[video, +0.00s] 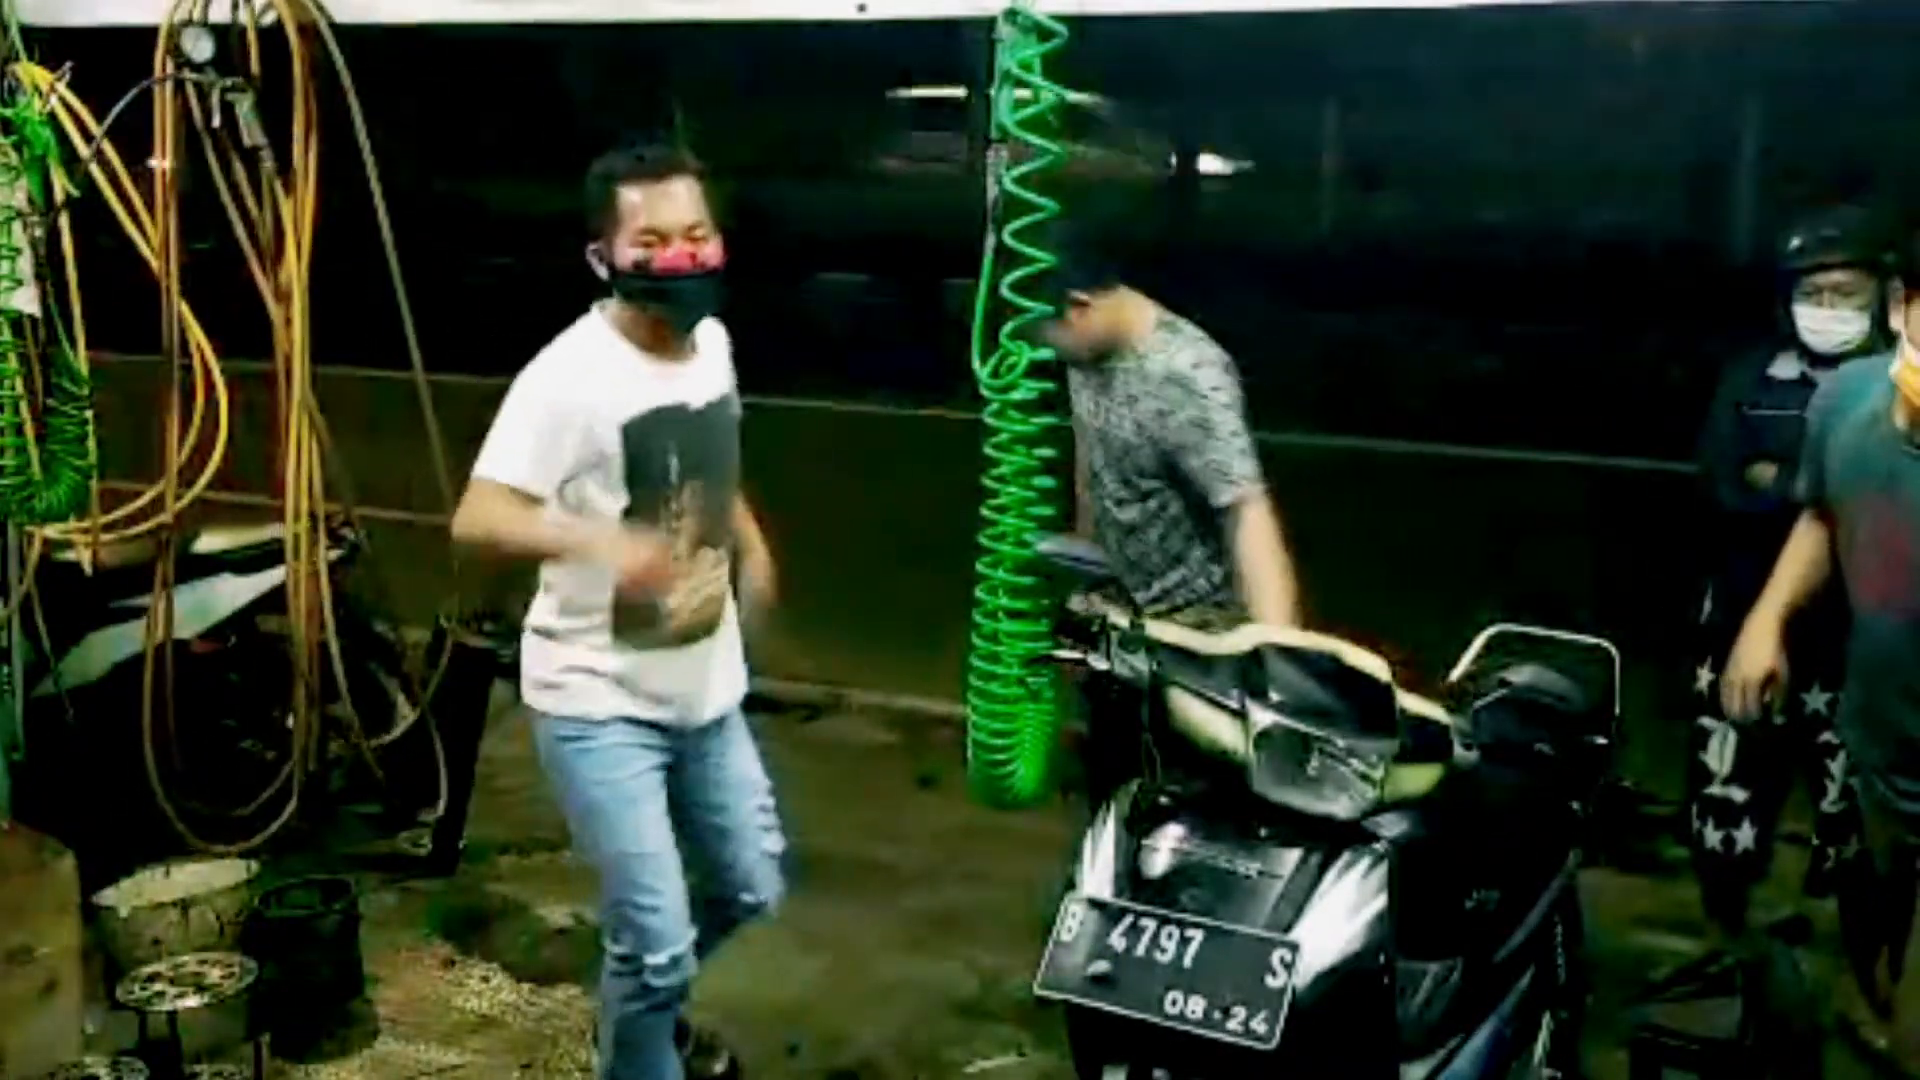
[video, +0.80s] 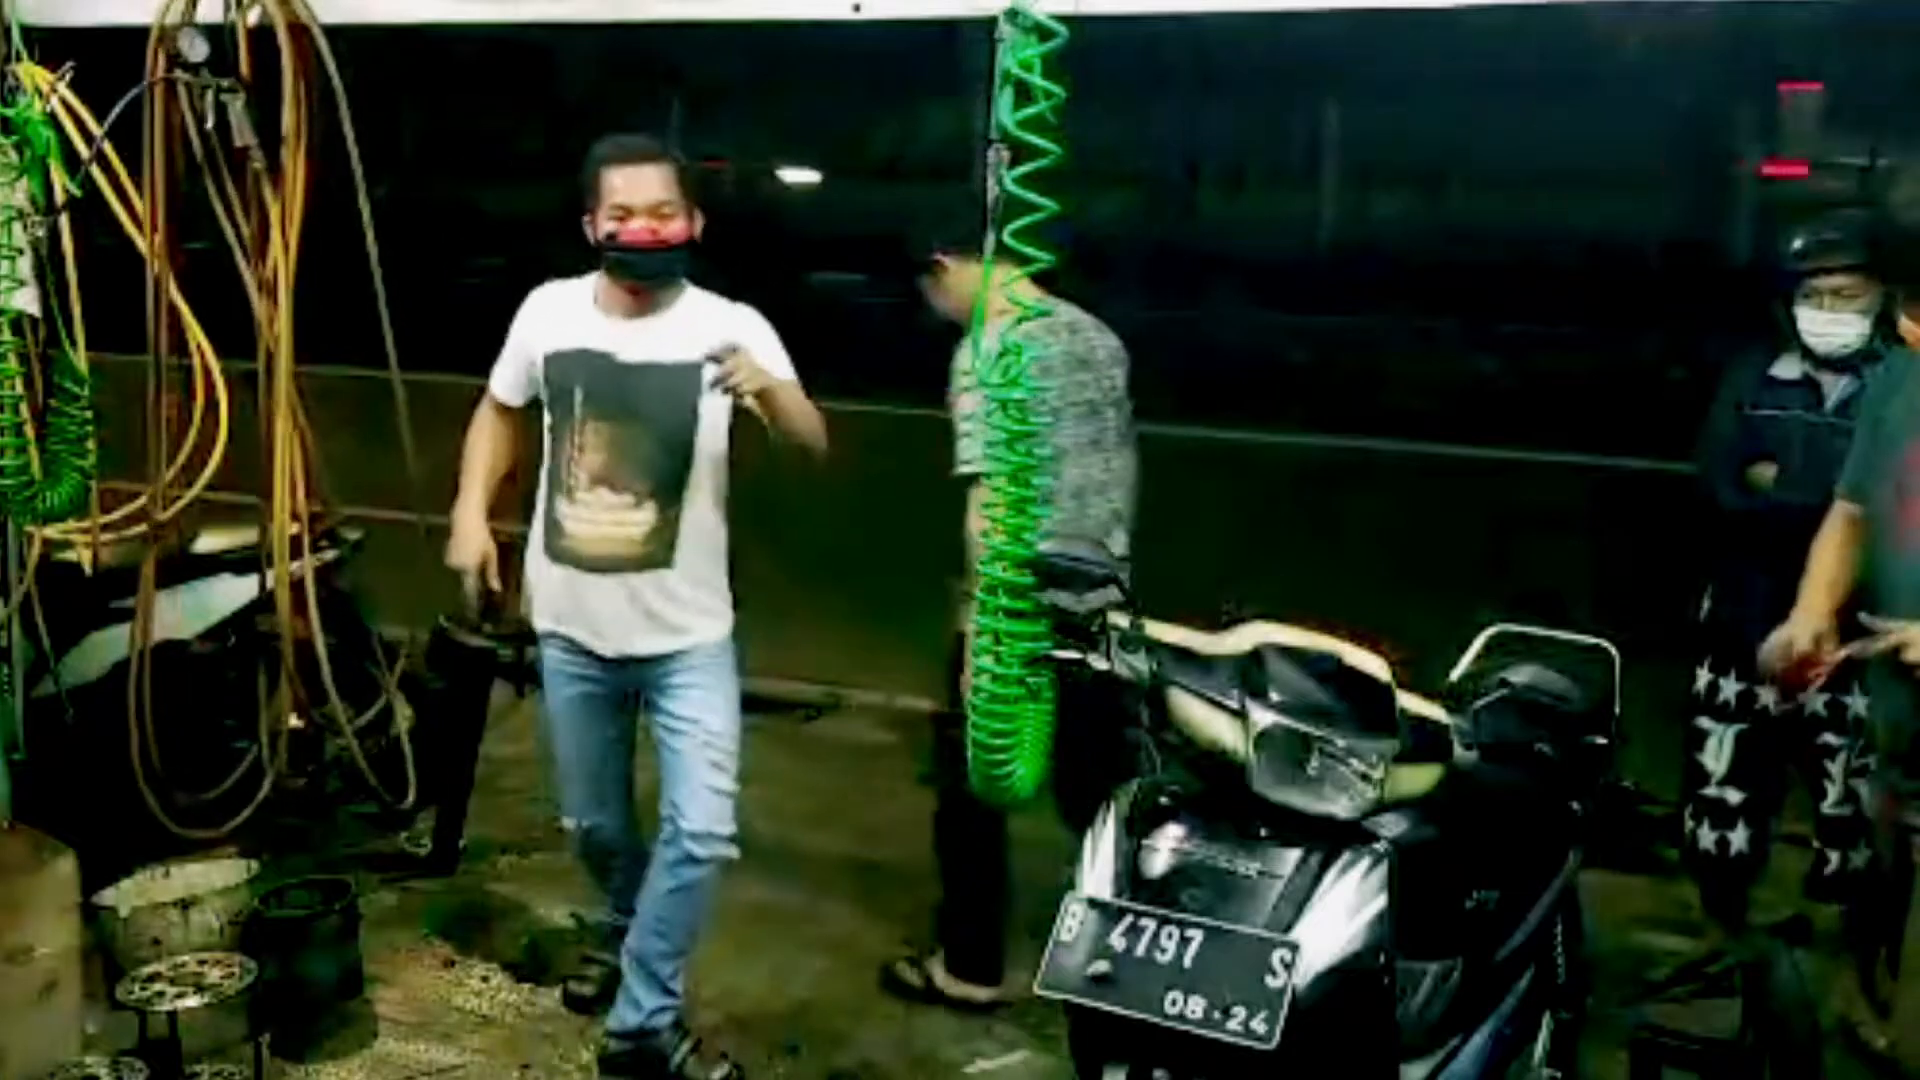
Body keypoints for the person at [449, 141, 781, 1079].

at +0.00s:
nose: (680, 259)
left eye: (694, 237)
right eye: (654, 242)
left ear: (716, 241)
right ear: (606, 258)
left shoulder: (708, 344)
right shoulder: (566, 377)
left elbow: (703, 463)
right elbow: (479, 515)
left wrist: (747, 538)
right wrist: (608, 544)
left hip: (703, 680)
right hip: (594, 694)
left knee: (747, 882)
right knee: (657, 946)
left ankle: (641, 996)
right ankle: (639, 1063)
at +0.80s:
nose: (645, 234)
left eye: (662, 216)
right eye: (625, 218)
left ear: (689, 220)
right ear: (594, 224)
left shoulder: (730, 327)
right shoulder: (549, 313)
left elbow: (812, 448)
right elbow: (498, 411)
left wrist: (772, 394)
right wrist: (469, 516)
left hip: (689, 627)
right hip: (573, 624)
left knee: (702, 833)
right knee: (593, 827)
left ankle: (642, 1031)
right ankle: (632, 927)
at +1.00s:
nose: (578, 231)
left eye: (598, 215)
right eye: (569, 214)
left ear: (650, 219)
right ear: (559, 215)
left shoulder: (710, 304)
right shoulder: (543, 297)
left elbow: (766, 426)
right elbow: (501, 393)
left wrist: (731, 471)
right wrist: (475, 477)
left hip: (683, 602)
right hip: (570, 603)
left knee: (697, 795)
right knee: (582, 799)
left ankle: (665, 997)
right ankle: (630, 923)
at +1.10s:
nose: (563, 262)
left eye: (579, 245)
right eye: (556, 243)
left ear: (633, 236)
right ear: (553, 232)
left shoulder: (710, 322)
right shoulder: (543, 312)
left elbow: (743, 448)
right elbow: (507, 417)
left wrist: (742, 554)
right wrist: (489, 500)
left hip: (677, 600)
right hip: (567, 607)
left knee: (692, 797)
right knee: (575, 799)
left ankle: (686, 947)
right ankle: (626, 925)